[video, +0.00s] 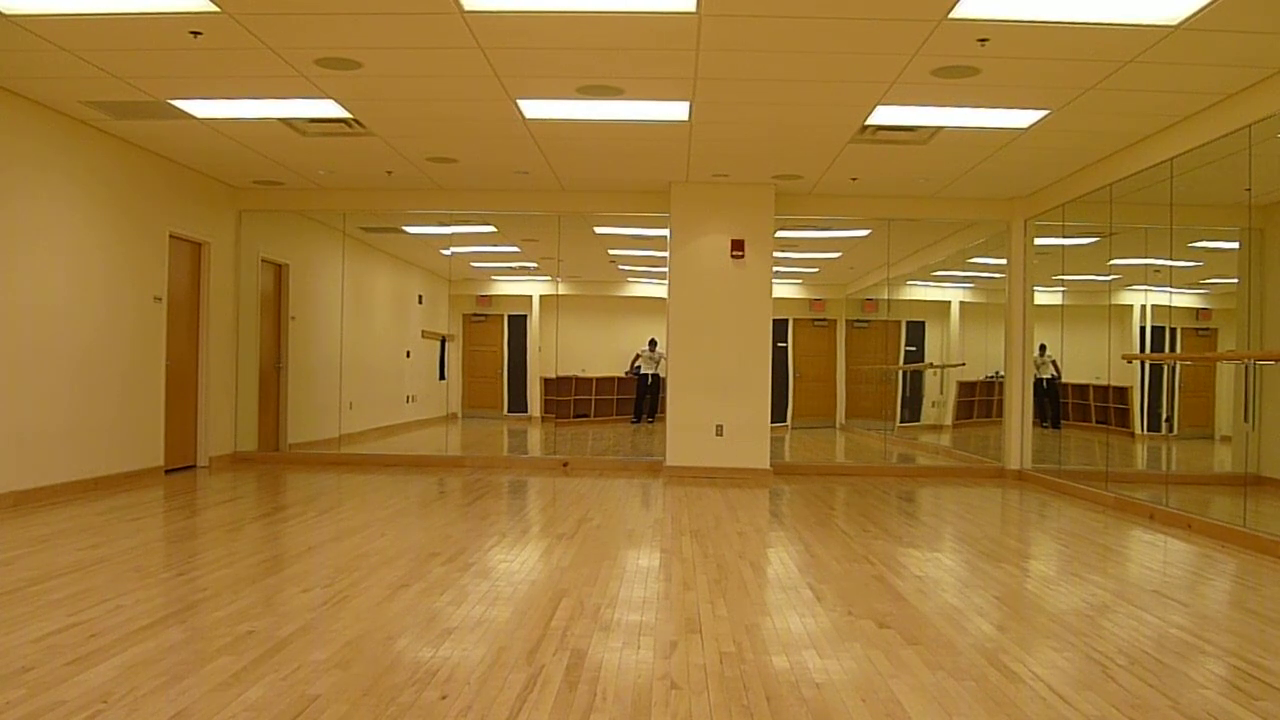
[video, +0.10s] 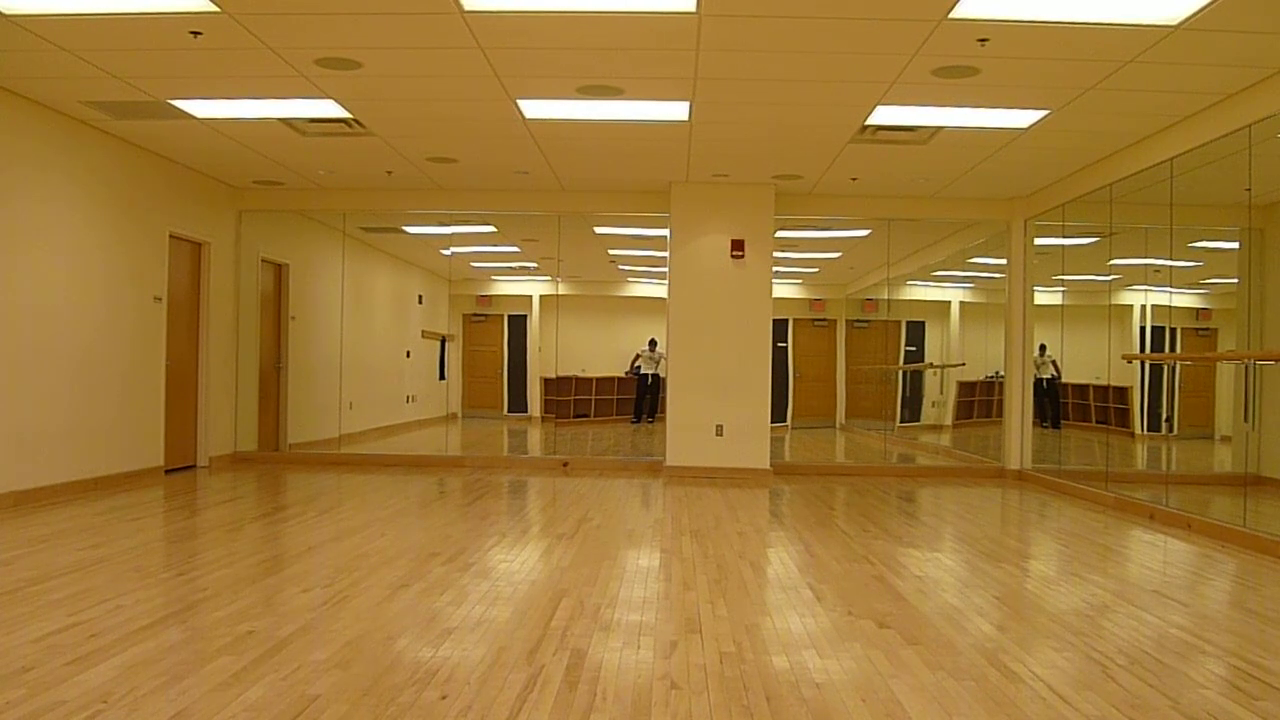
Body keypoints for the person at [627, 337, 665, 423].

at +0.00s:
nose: (652, 349)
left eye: (653, 347)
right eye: (650, 347)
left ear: (656, 347)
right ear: (648, 346)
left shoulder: (660, 354)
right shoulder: (642, 352)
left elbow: (668, 362)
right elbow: (634, 360)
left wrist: (668, 373)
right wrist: (631, 370)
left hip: (654, 373)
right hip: (643, 373)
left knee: (654, 396)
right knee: (640, 395)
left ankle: (651, 416)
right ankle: (637, 416)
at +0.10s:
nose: (652, 349)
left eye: (653, 347)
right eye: (650, 347)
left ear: (656, 347)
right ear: (648, 346)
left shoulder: (660, 354)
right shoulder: (642, 352)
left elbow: (668, 361)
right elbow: (634, 360)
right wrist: (630, 370)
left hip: (654, 373)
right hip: (643, 373)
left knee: (654, 396)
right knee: (640, 395)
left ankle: (651, 416)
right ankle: (637, 416)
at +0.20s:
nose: (652, 349)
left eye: (653, 347)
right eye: (650, 347)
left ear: (656, 347)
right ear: (648, 346)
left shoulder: (660, 354)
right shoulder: (642, 352)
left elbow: (668, 362)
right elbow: (634, 360)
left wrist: (668, 373)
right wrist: (631, 370)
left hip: (654, 373)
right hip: (643, 373)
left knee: (654, 396)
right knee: (640, 395)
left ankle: (651, 416)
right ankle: (637, 416)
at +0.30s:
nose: (652, 349)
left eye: (653, 347)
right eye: (650, 347)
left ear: (656, 347)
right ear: (648, 346)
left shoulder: (660, 354)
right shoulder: (642, 352)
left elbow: (668, 361)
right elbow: (634, 360)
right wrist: (630, 370)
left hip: (654, 374)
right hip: (643, 373)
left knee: (654, 396)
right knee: (640, 395)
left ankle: (651, 416)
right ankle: (637, 416)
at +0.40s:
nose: (652, 349)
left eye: (653, 347)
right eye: (650, 347)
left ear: (656, 347)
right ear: (648, 346)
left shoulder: (660, 354)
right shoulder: (642, 352)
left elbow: (668, 361)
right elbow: (634, 360)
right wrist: (630, 370)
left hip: (654, 373)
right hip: (643, 373)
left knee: (654, 396)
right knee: (640, 395)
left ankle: (651, 416)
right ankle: (637, 416)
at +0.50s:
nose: (652, 349)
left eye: (653, 347)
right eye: (650, 347)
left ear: (656, 347)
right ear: (648, 346)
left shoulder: (660, 354)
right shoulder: (642, 352)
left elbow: (668, 361)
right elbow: (634, 360)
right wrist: (630, 369)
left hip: (654, 373)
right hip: (643, 373)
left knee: (654, 396)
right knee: (640, 395)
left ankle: (651, 416)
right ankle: (637, 416)